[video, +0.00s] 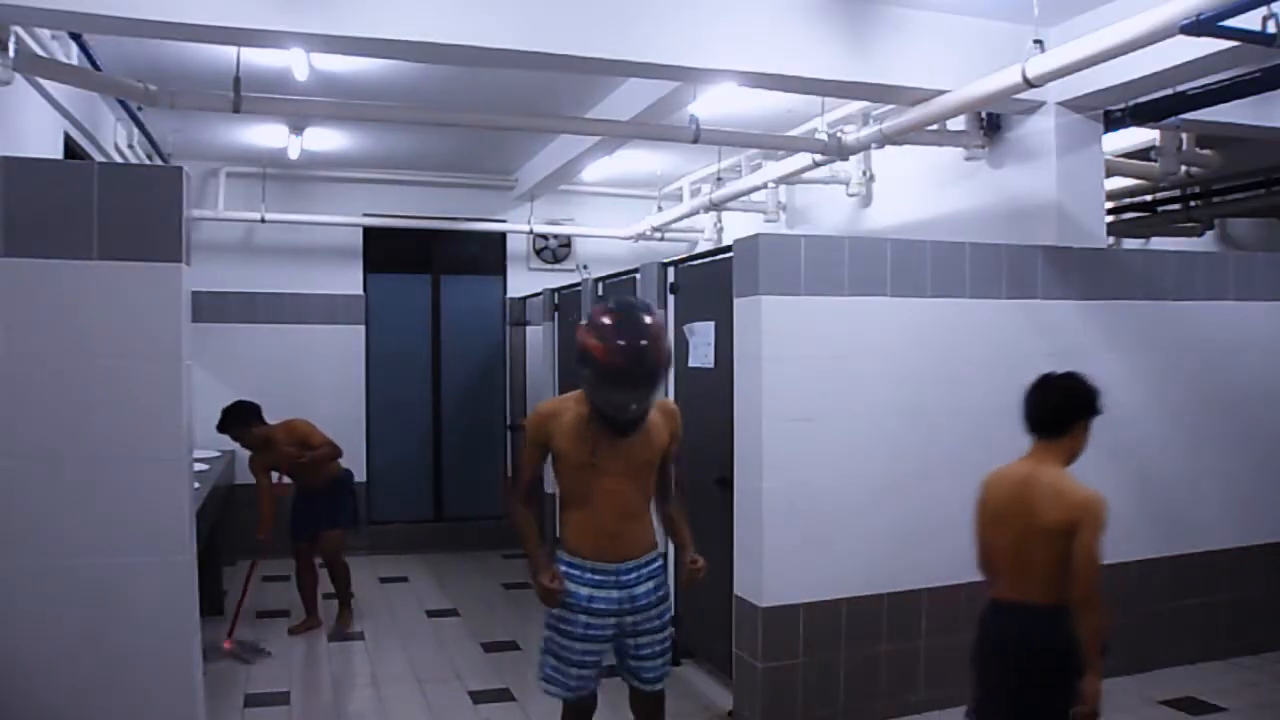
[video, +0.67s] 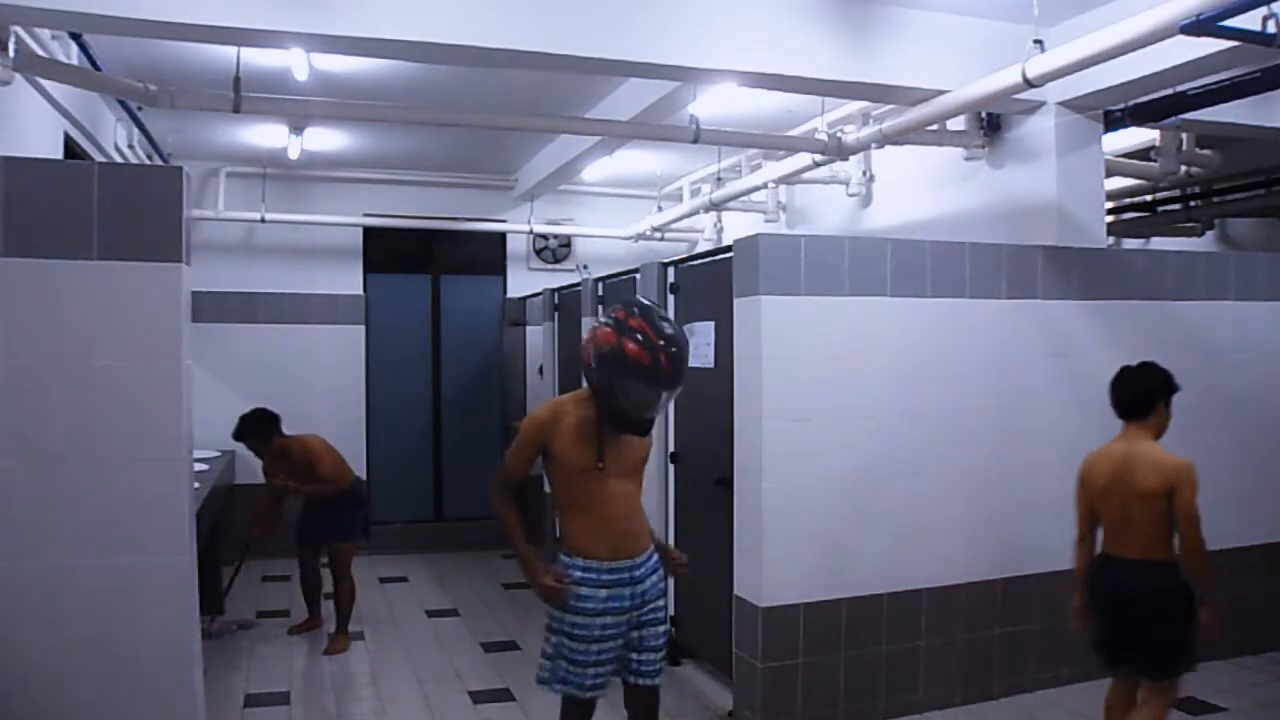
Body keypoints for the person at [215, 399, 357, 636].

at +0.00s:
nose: (240, 445)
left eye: (239, 438)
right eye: (235, 440)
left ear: (253, 427)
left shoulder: (296, 430)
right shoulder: (258, 461)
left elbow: (334, 450)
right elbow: (266, 500)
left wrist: (304, 457)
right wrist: (264, 531)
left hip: (335, 487)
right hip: (306, 492)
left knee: (331, 552)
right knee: (302, 554)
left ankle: (345, 609)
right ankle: (312, 616)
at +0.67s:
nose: (253, 453)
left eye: (253, 447)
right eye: (249, 448)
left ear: (267, 439)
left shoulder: (311, 447)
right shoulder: (271, 464)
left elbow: (340, 483)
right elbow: (273, 502)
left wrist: (298, 489)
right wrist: (261, 536)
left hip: (345, 500)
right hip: (314, 502)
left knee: (340, 568)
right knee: (308, 561)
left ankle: (342, 632)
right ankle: (314, 616)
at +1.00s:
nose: (282, 452)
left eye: (285, 446)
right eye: (280, 447)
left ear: (303, 441)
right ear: (283, 444)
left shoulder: (340, 448)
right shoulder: (283, 468)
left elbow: (362, 484)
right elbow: (276, 513)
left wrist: (326, 490)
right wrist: (265, 553)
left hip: (350, 506)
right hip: (316, 507)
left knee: (344, 568)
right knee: (301, 566)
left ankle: (343, 632)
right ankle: (307, 608)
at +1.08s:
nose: (288, 451)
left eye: (292, 445)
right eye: (287, 445)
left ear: (309, 440)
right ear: (290, 442)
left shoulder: (345, 448)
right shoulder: (287, 465)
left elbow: (367, 482)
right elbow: (281, 511)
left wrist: (337, 488)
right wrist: (273, 551)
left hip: (349, 507)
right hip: (313, 506)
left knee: (345, 568)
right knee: (300, 568)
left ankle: (343, 632)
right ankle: (304, 613)